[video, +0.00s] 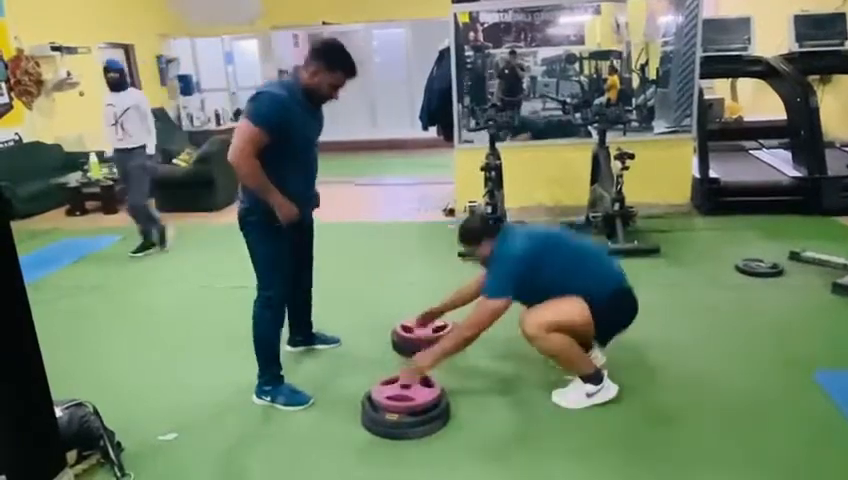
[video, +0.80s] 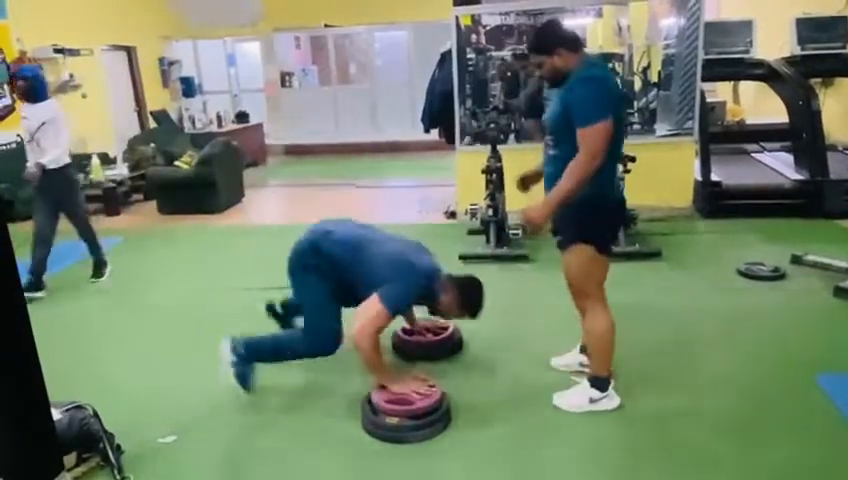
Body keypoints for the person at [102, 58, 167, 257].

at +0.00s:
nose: (111, 80)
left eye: (115, 76)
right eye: (108, 77)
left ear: (123, 76)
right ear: (105, 79)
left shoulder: (137, 97)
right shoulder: (109, 100)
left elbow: (151, 124)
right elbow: (110, 127)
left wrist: (150, 150)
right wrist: (110, 150)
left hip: (138, 150)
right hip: (120, 152)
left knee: (136, 201)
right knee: (134, 200)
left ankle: (158, 227)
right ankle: (147, 237)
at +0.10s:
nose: (102, 81)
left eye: (105, 76)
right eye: (98, 77)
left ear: (114, 77)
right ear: (95, 79)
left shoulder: (130, 100)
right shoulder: (99, 102)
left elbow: (144, 127)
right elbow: (101, 128)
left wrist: (148, 152)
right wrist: (99, 150)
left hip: (130, 151)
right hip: (110, 153)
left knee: (125, 200)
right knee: (128, 199)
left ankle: (136, 242)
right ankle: (146, 238)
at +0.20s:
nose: (93, 83)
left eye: (97, 79)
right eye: (90, 80)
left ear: (106, 79)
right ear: (86, 82)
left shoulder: (121, 103)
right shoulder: (89, 105)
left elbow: (137, 131)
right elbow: (87, 134)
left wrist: (145, 156)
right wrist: (76, 156)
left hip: (122, 156)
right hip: (103, 159)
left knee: (118, 203)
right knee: (123, 200)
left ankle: (111, 252)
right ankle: (146, 238)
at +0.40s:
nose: (75, 83)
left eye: (78, 79)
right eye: (71, 80)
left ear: (88, 79)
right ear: (67, 83)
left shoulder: (101, 103)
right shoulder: (67, 106)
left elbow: (119, 135)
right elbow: (61, 134)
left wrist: (124, 164)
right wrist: (51, 160)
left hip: (101, 159)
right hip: (81, 162)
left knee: (101, 209)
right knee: (94, 210)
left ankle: (103, 259)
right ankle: (130, 233)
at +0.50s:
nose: (65, 83)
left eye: (69, 79)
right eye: (61, 79)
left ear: (77, 80)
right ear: (57, 83)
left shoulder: (89, 105)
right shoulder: (58, 108)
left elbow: (107, 137)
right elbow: (54, 137)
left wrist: (110, 166)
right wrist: (45, 162)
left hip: (92, 162)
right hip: (70, 164)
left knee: (97, 212)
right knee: (75, 217)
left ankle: (103, 259)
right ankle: (109, 235)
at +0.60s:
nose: (50, 86)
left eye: (54, 82)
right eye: (48, 82)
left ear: (65, 82)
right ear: (46, 85)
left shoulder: (81, 105)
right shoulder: (51, 108)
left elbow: (90, 137)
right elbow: (49, 139)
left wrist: (87, 167)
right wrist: (41, 165)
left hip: (82, 166)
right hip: (59, 167)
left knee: (91, 217)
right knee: (56, 221)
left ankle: (101, 260)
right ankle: (85, 247)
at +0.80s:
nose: (17, 89)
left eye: (21, 84)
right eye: (16, 85)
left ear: (33, 85)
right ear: (19, 88)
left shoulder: (51, 110)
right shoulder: (26, 112)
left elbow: (60, 148)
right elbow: (32, 144)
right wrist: (31, 166)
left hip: (62, 173)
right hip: (42, 176)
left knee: (81, 221)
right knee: (42, 231)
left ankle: (99, 259)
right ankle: (36, 279)